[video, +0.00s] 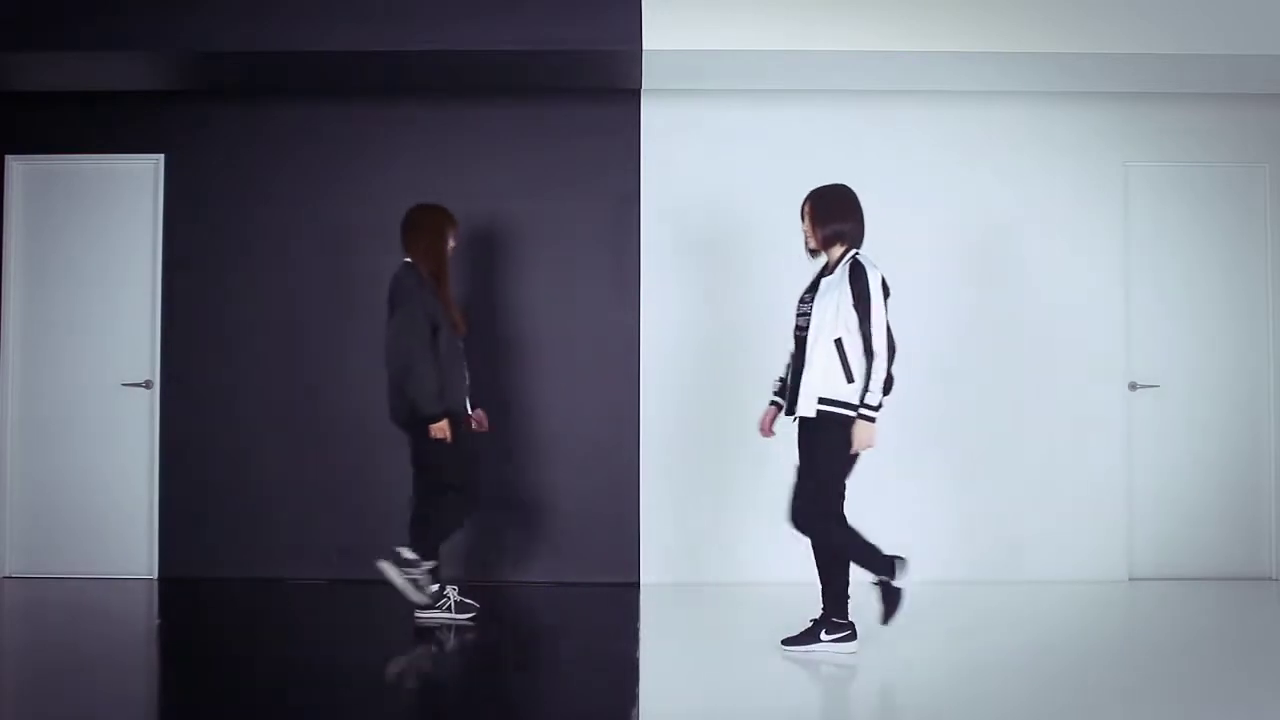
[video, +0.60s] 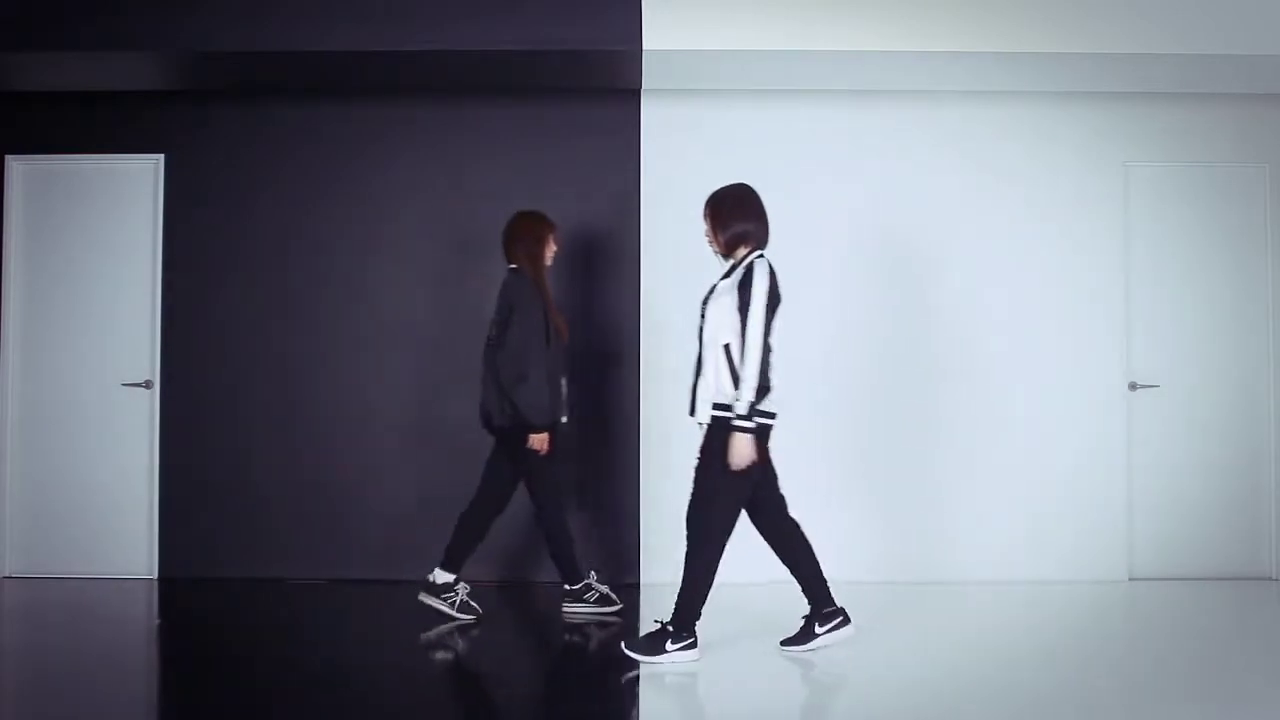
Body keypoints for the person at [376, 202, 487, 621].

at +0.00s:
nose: (453, 248)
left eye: (452, 239)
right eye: (449, 239)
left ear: (418, 241)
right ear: (433, 240)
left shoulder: (427, 283)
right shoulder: (411, 283)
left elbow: (442, 356)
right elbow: (414, 355)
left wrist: (463, 407)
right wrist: (433, 412)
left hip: (435, 412)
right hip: (428, 412)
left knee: (430, 494)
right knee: (459, 491)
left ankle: (432, 593)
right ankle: (412, 557)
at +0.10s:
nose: (469, 244)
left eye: (469, 235)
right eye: (464, 235)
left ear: (435, 236)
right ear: (447, 237)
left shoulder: (442, 280)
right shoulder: (429, 279)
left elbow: (458, 354)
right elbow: (430, 351)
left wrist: (486, 399)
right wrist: (446, 410)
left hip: (445, 411)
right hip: (439, 412)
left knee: (433, 499)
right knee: (495, 476)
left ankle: (428, 591)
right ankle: (469, 558)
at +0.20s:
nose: (485, 242)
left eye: (485, 234)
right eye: (481, 234)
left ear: (451, 237)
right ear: (464, 237)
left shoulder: (456, 279)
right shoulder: (447, 280)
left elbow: (471, 351)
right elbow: (441, 350)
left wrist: (497, 397)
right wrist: (458, 411)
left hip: (448, 412)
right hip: (457, 412)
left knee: (439, 500)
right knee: (516, 471)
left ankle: (429, 592)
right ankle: (511, 568)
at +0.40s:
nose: (518, 252)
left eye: (517, 243)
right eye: (512, 244)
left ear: (482, 248)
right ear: (495, 248)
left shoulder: (480, 286)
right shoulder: (485, 289)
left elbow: (482, 358)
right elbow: (481, 358)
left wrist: (497, 417)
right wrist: (493, 421)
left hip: (470, 422)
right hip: (483, 423)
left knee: (450, 507)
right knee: (521, 504)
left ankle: (430, 592)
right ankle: (569, 582)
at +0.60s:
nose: (556, 247)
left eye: (554, 239)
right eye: (550, 240)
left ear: (522, 245)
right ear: (533, 244)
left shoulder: (523, 285)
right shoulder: (524, 287)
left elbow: (524, 359)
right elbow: (522, 360)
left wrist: (543, 417)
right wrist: (537, 421)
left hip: (518, 419)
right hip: (523, 421)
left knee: (489, 499)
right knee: (550, 504)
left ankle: (442, 579)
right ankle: (578, 587)